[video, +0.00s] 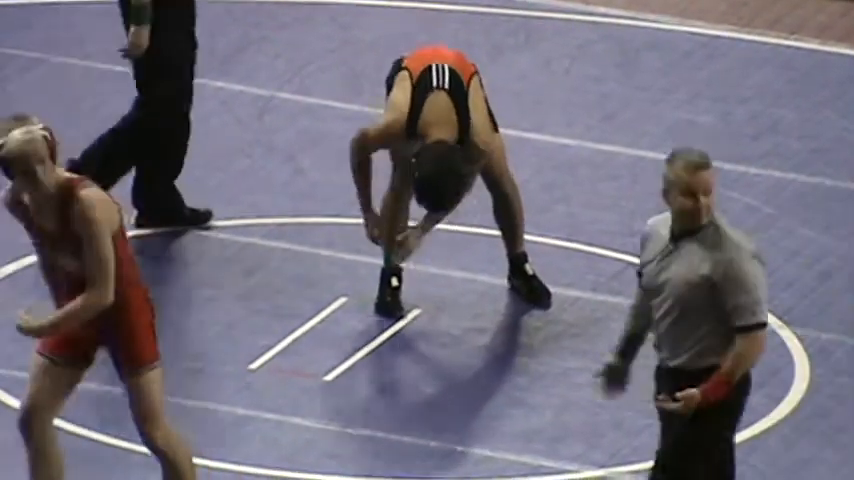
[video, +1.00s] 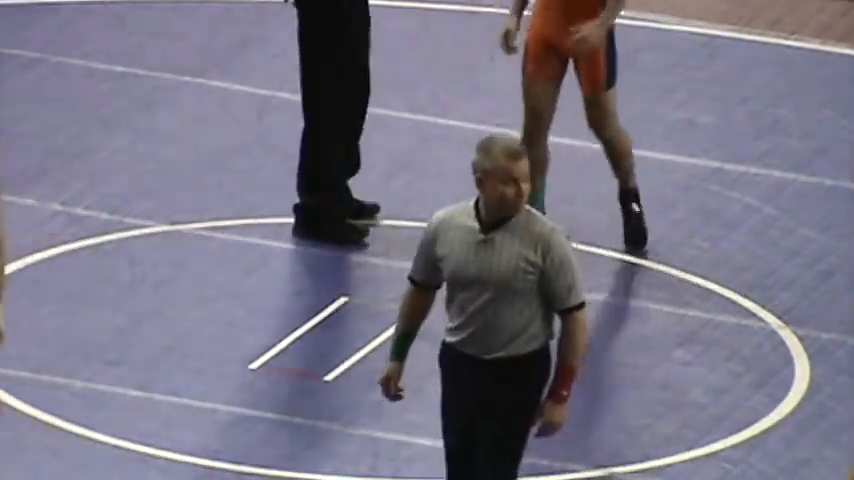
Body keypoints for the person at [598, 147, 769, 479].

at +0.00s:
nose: (701, 205)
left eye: (707, 194)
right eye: (689, 195)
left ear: (715, 191)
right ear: (666, 194)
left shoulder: (734, 255)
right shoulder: (656, 233)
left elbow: (753, 341)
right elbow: (646, 301)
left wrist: (704, 394)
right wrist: (622, 359)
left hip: (714, 384)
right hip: (670, 378)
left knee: (671, 471)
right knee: (705, 470)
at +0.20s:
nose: (660, 211)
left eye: (666, 200)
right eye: (648, 201)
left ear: (673, 199)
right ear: (623, 201)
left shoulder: (686, 264)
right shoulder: (603, 238)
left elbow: (705, 350)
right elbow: (585, 301)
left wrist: (677, 422)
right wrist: (542, 353)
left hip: (654, 393)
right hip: (607, 383)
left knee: (624, 472)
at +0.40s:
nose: (620, 196)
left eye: (626, 186)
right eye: (608, 187)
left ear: (633, 187)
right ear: (583, 187)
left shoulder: (649, 250)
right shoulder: (556, 231)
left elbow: (673, 332)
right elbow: (543, 292)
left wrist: (653, 411)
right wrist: (517, 355)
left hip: (620, 380)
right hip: (564, 372)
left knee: (605, 470)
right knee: (537, 466)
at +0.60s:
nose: (578, 195)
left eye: (583, 186)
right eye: (567, 186)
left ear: (589, 187)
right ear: (539, 188)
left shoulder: (606, 247)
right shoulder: (510, 229)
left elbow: (632, 327)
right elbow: (496, 295)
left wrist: (627, 410)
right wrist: (480, 363)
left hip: (578, 379)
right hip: (518, 372)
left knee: (567, 471)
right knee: (498, 469)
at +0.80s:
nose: (544, 190)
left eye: (549, 180)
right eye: (532, 181)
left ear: (556, 180)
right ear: (504, 181)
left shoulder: (573, 239)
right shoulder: (472, 224)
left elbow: (599, 317)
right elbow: (450, 289)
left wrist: (590, 400)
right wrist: (430, 356)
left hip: (541, 370)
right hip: (482, 362)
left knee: (519, 466)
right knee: (474, 463)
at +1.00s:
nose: (522, 191)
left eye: (525, 182)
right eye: (509, 183)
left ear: (532, 180)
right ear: (479, 181)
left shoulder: (546, 239)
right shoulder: (444, 227)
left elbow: (575, 318)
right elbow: (421, 290)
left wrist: (560, 396)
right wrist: (396, 358)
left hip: (520, 369)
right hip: (460, 364)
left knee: (496, 468)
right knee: (459, 465)